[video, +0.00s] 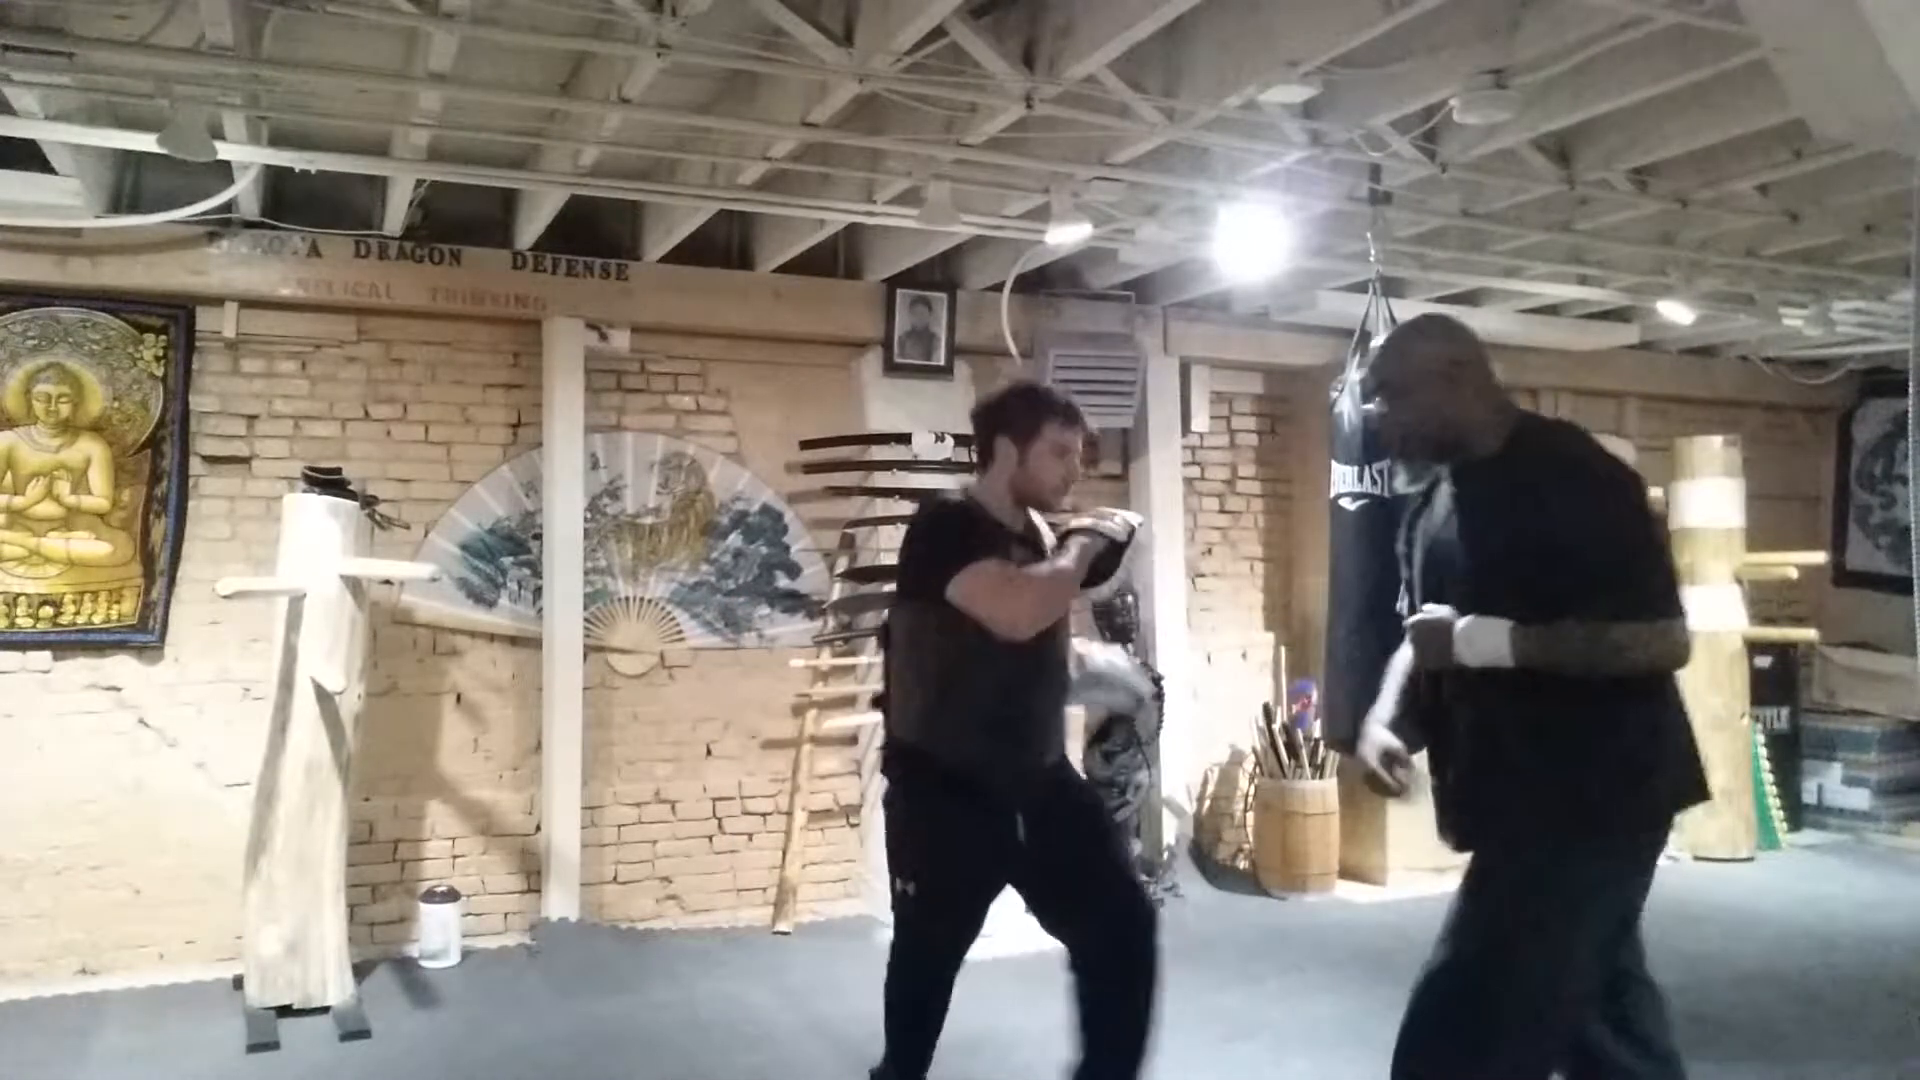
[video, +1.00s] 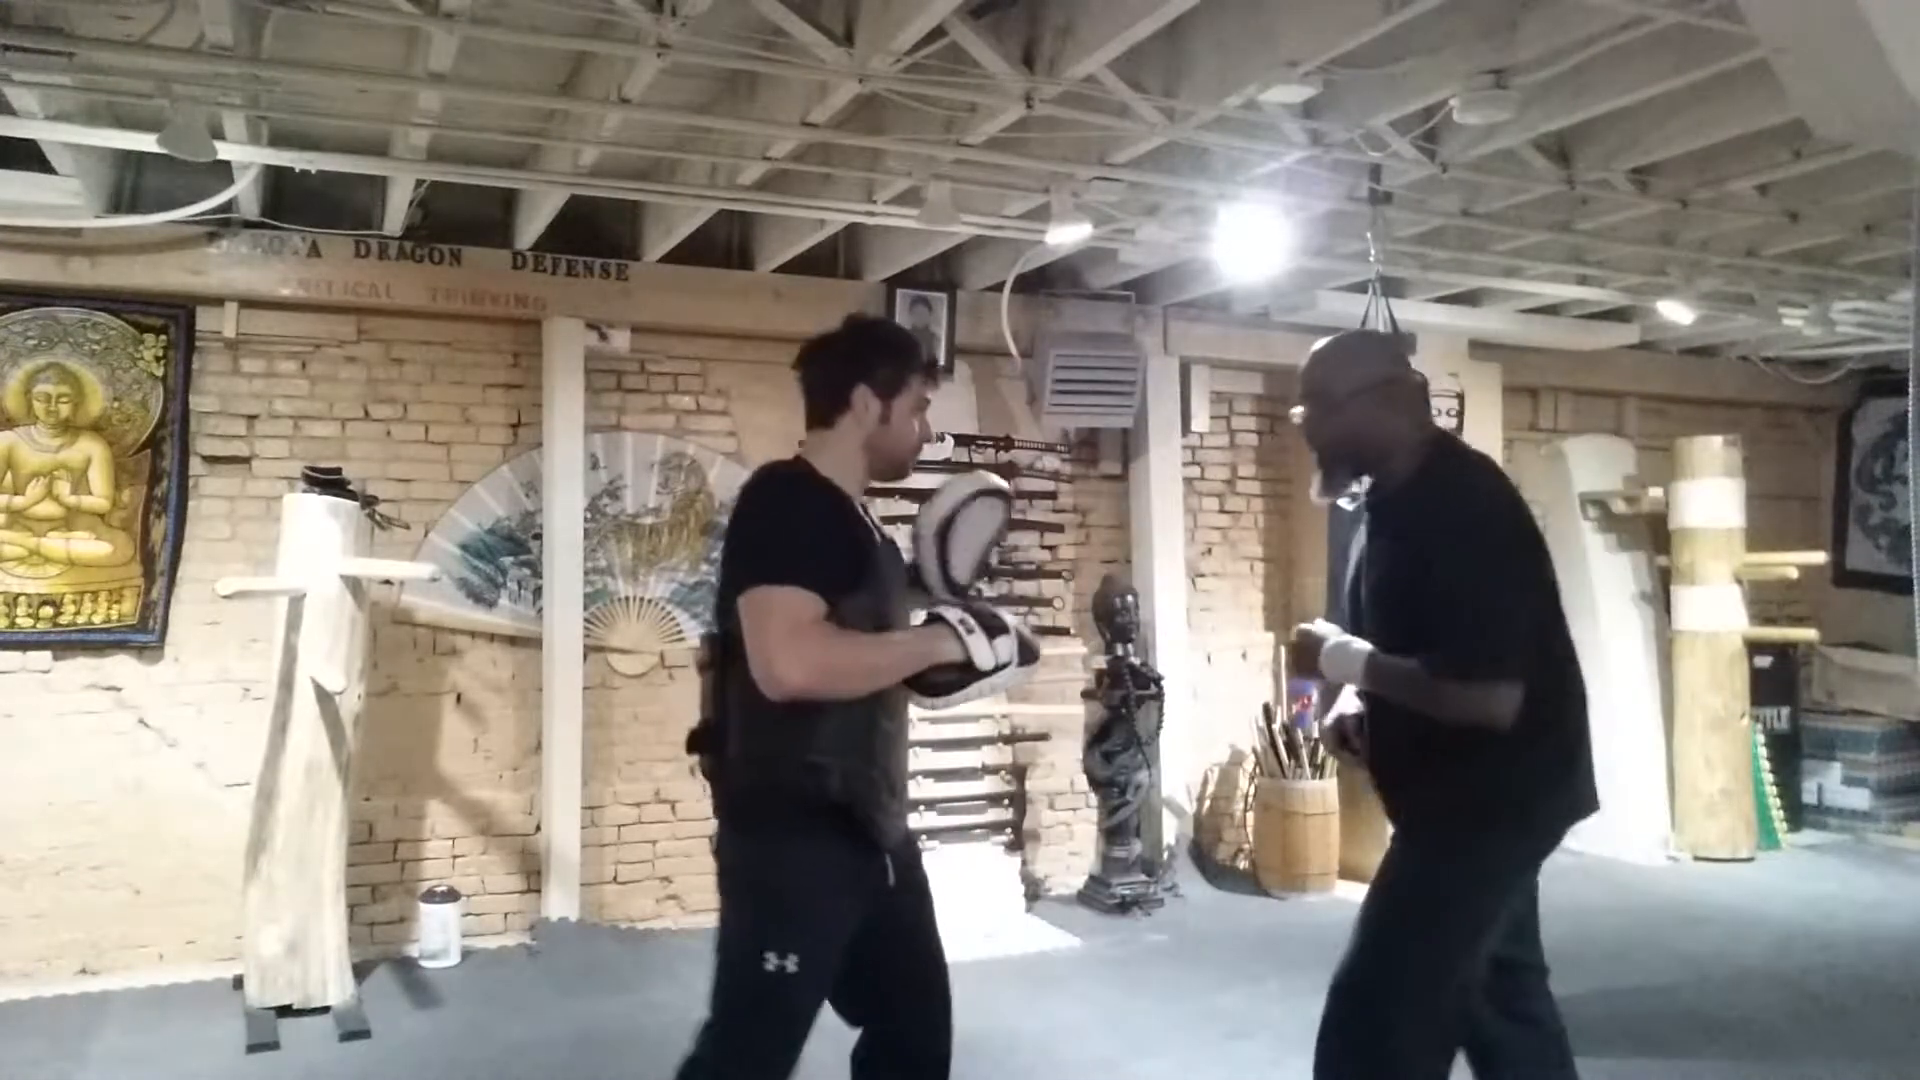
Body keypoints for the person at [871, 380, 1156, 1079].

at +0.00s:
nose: (1075, 471)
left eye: (1078, 457)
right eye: (1063, 452)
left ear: (1016, 454)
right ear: (1007, 448)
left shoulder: (1042, 538)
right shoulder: (941, 526)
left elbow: (1047, 645)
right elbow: (1012, 612)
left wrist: (1115, 674)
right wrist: (1082, 558)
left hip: (1037, 784)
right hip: (943, 789)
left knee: (1120, 926)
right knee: (928, 949)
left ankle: (1105, 1074)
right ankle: (901, 1070)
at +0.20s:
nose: (1078, 443)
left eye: (1079, 426)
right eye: (1066, 423)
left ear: (1015, 425)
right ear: (1009, 420)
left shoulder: (1018, 518)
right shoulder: (948, 501)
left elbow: (1029, 620)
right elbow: (1010, 629)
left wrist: (1092, 596)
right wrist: (1087, 570)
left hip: (1005, 787)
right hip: (925, 786)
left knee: (1039, 972)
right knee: (907, 978)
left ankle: (996, 1077)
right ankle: (812, 1067)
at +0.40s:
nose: (1047, 442)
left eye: (1046, 424)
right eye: (1037, 423)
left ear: (989, 422)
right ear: (982, 419)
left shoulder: (980, 521)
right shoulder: (909, 505)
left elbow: (999, 628)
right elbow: (941, 655)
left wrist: (1082, 591)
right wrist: (1039, 609)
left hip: (961, 816)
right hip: (879, 816)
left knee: (1005, 1017)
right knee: (812, 1023)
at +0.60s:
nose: (968, 463)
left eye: (969, 444)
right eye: (960, 441)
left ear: (900, 438)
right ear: (902, 435)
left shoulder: (888, 549)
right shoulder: (811, 526)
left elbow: (921, 648)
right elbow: (858, 682)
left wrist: (990, 592)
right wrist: (965, 606)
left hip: (879, 856)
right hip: (792, 859)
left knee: (944, 1026)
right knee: (736, 1063)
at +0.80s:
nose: (924, 435)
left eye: (924, 416)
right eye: (915, 412)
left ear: (862, 410)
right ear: (861, 407)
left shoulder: (856, 528)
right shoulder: (769, 501)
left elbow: (838, 656)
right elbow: (776, 669)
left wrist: (933, 640)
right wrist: (921, 646)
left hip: (854, 835)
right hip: (767, 842)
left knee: (930, 995)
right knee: (724, 1057)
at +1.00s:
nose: (928, 429)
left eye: (926, 409)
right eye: (919, 407)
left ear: (868, 404)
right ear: (867, 402)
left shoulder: (863, 530)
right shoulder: (786, 497)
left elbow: (841, 653)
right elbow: (787, 661)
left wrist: (932, 616)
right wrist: (939, 645)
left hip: (870, 831)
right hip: (790, 832)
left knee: (913, 1037)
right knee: (747, 1054)